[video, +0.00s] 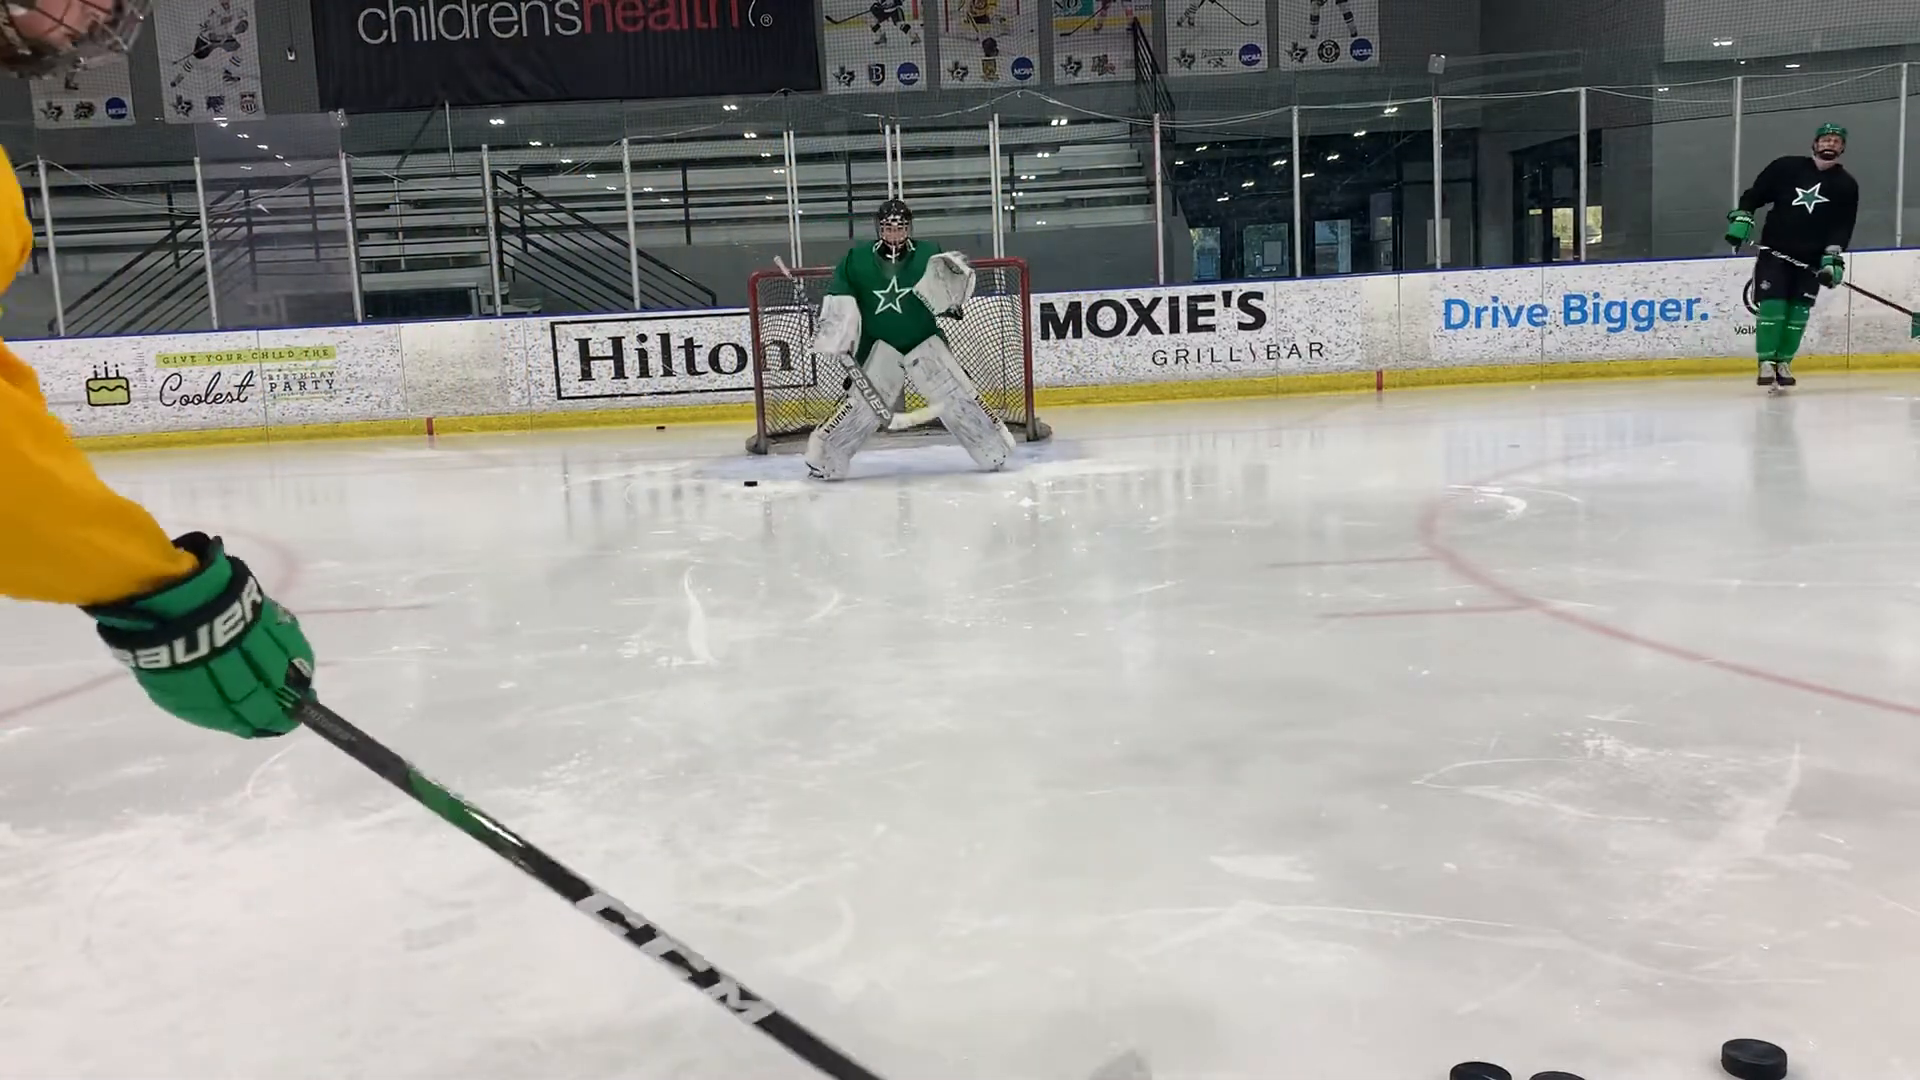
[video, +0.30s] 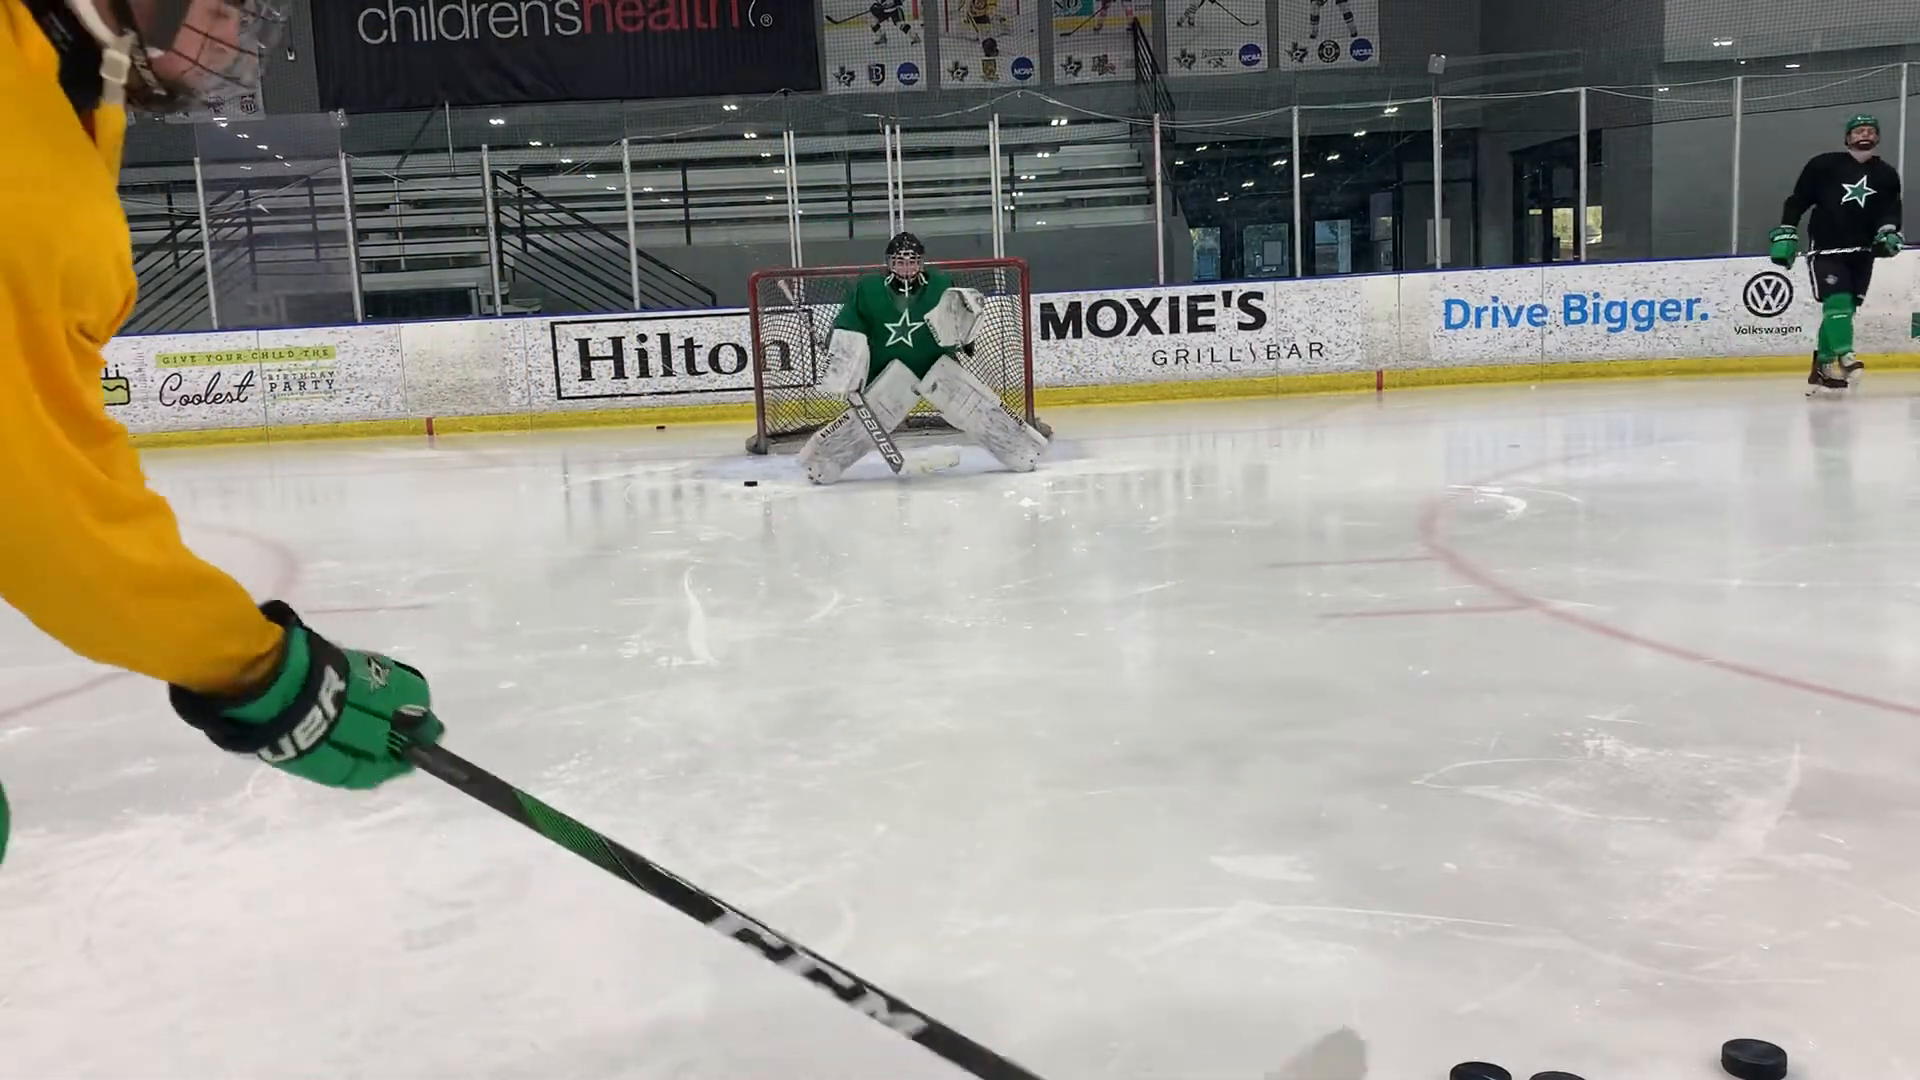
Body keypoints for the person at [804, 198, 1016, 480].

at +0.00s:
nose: (894, 234)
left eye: (899, 227)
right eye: (888, 228)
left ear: (908, 228)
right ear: (879, 229)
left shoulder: (927, 254)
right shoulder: (858, 260)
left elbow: (950, 302)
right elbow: (838, 301)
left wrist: (953, 276)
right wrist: (840, 338)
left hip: (924, 341)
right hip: (879, 346)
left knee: (956, 398)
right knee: (865, 408)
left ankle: (994, 455)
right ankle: (825, 461)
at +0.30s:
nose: (906, 266)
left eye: (912, 260)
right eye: (900, 261)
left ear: (921, 262)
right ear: (889, 262)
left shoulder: (939, 285)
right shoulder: (867, 291)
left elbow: (963, 336)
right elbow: (848, 333)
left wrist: (965, 312)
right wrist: (847, 372)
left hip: (938, 367)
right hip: (890, 372)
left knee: (978, 408)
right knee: (867, 421)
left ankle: (1022, 451)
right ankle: (822, 463)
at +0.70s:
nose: (915, 288)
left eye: (921, 281)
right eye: (910, 282)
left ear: (931, 281)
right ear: (899, 282)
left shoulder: (948, 303)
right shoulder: (878, 308)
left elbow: (971, 350)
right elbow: (853, 347)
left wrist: (969, 346)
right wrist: (852, 384)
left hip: (947, 382)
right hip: (897, 387)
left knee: (983, 412)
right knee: (872, 429)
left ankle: (1024, 450)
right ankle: (828, 466)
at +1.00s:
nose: (916, 292)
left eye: (921, 286)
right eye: (909, 286)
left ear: (931, 285)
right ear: (898, 286)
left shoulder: (950, 307)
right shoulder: (877, 311)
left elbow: (977, 359)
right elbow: (850, 349)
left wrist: (973, 349)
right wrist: (849, 388)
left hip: (946, 389)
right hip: (895, 399)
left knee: (981, 415)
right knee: (870, 434)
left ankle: (1019, 448)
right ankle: (827, 464)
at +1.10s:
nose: (915, 297)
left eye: (921, 290)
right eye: (909, 290)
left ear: (930, 288)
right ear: (897, 288)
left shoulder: (948, 308)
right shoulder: (874, 312)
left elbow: (977, 357)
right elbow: (847, 348)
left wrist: (985, 331)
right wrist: (862, 370)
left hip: (945, 401)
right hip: (896, 405)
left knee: (984, 430)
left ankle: (1024, 445)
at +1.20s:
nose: (918, 302)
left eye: (923, 296)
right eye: (912, 296)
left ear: (931, 296)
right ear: (899, 295)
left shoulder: (947, 317)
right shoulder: (876, 319)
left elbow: (967, 352)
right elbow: (847, 355)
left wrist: (998, 346)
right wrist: (859, 386)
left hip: (945, 412)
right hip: (896, 414)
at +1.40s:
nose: (937, 299)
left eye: (940, 293)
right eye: (929, 294)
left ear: (944, 293)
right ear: (911, 296)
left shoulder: (958, 323)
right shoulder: (885, 325)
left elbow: (978, 356)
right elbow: (850, 357)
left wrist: (1011, 326)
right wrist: (853, 393)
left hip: (951, 424)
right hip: (895, 427)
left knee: (1003, 439)